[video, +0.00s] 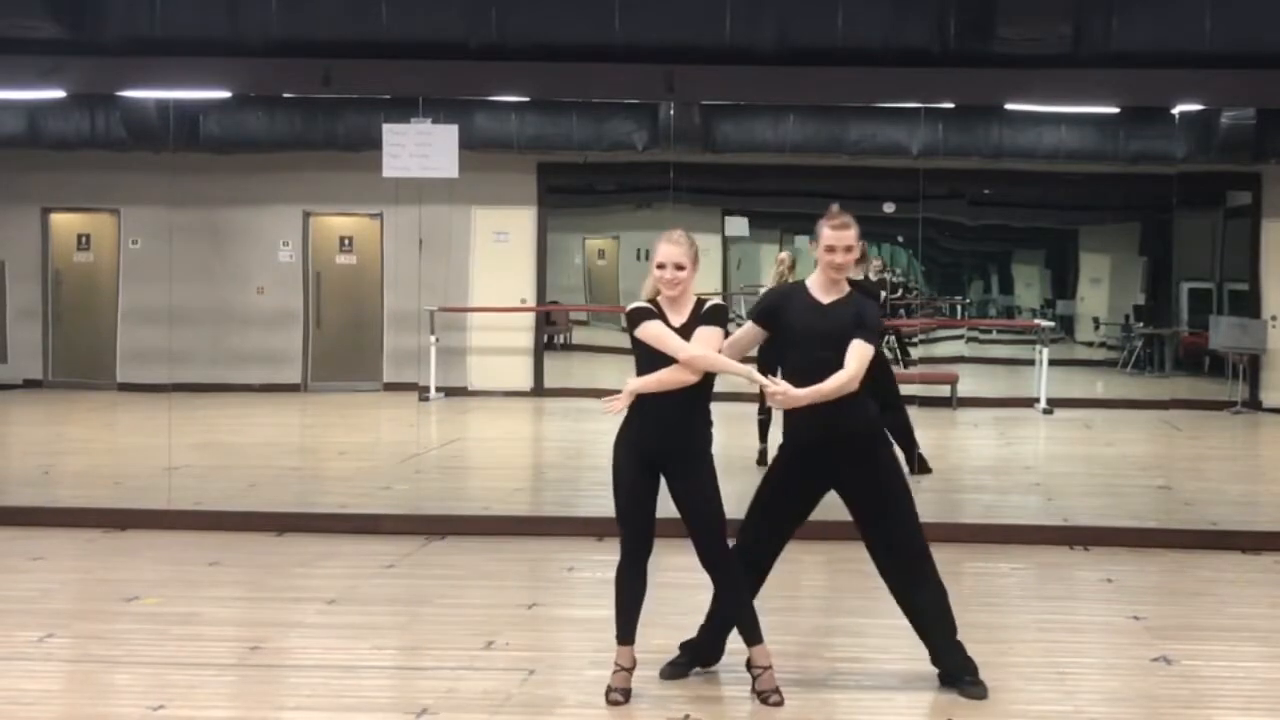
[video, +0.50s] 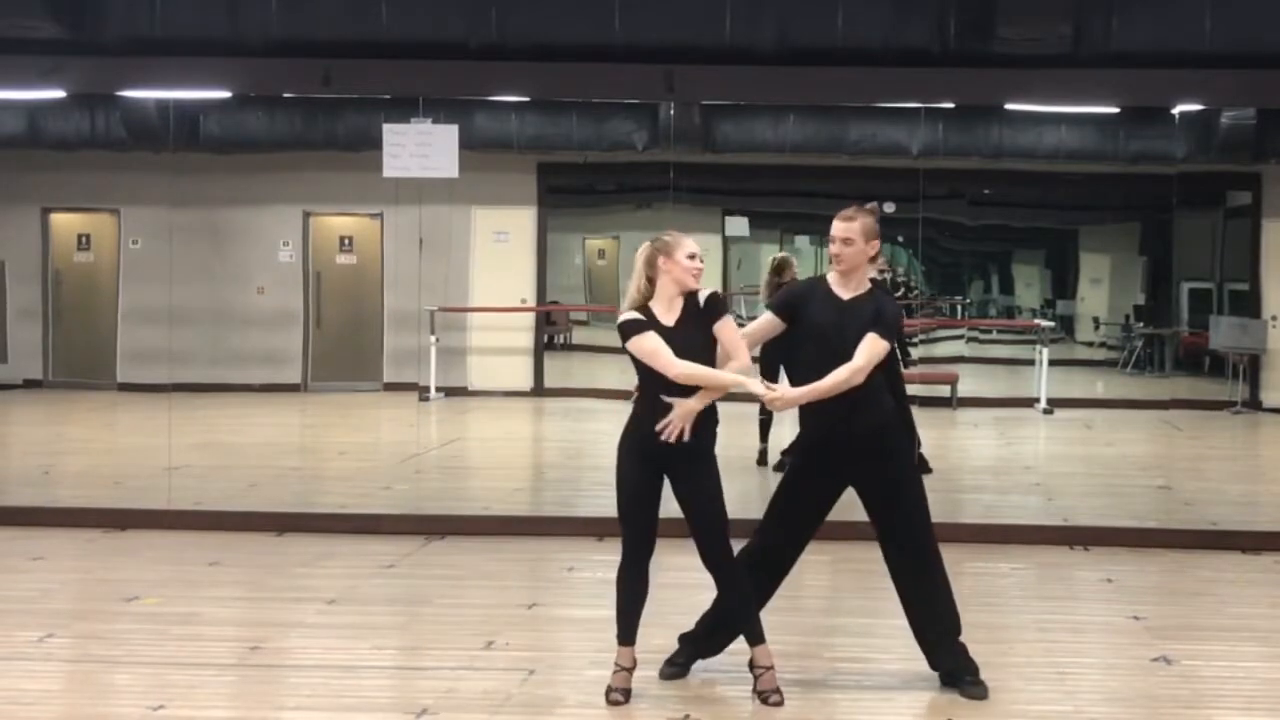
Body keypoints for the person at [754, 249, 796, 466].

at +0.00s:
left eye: (781, 263)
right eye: (786, 264)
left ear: (776, 267)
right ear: (792, 268)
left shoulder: (770, 293)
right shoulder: (795, 294)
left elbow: (756, 324)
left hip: (767, 350)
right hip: (788, 350)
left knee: (763, 398)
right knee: (792, 397)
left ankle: (762, 446)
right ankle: (790, 444)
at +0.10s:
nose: (782, 267)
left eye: (780, 263)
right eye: (786, 264)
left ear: (776, 267)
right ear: (792, 268)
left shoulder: (771, 292)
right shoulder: (795, 293)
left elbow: (760, 322)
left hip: (768, 349)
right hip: (788, 348)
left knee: (764, 397)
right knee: (797, 395)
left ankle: (762, 446)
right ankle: (798, 445)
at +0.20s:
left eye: (776, 264)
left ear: (776, 267)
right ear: (794, 268)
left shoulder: (770, 291)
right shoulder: (798, 293)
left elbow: (762, 325)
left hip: (769, 348)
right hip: (792, 348)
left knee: (765, 398)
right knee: (801, 398)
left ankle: (763, 446)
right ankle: (801, 447)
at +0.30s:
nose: (799, 270)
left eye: (797, 267)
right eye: (797, 267)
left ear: (776, 268)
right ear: (794, 269)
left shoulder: (770, 292)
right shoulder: (798, 292)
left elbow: (764, 325)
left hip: (770, 348)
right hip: (794, 348)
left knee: (765, 398)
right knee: (802, 398)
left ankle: (763, 446)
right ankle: (802, 448)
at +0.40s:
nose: (798, 271)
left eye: (797, 268)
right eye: (796, 268)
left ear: (775, 270)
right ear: (791, 270)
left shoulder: (770, 293)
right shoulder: (798, 293)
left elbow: (765, 327)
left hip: (770, 349)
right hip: (794, 350)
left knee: (766, 398)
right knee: (803, 401)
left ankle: (763, 446)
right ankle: (798, 449)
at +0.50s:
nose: (796, 272)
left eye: (795, 268)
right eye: (794, 268)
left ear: (772, 270)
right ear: (791, 270)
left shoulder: (767, 290)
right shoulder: (797, 291)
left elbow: (762, 323)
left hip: (769, 347)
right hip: (793, 347)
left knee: (766, 398)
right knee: (804, 399)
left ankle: (763, 447)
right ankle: (797, 450)